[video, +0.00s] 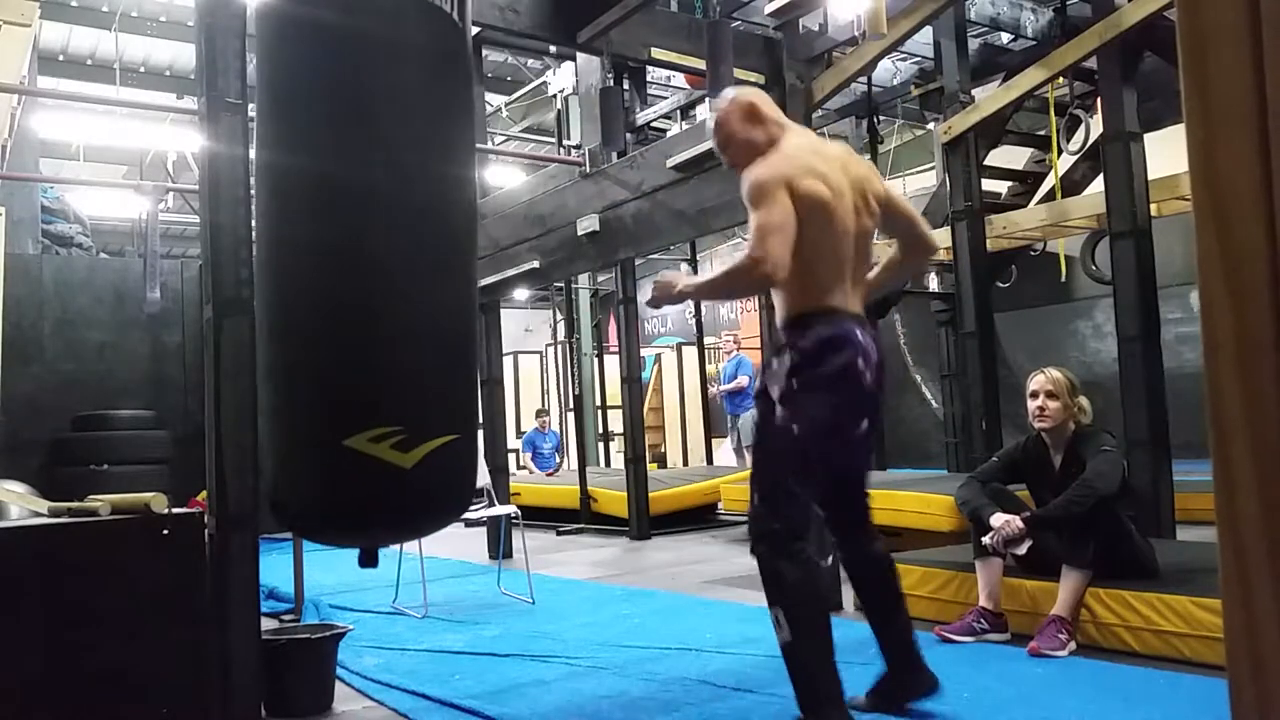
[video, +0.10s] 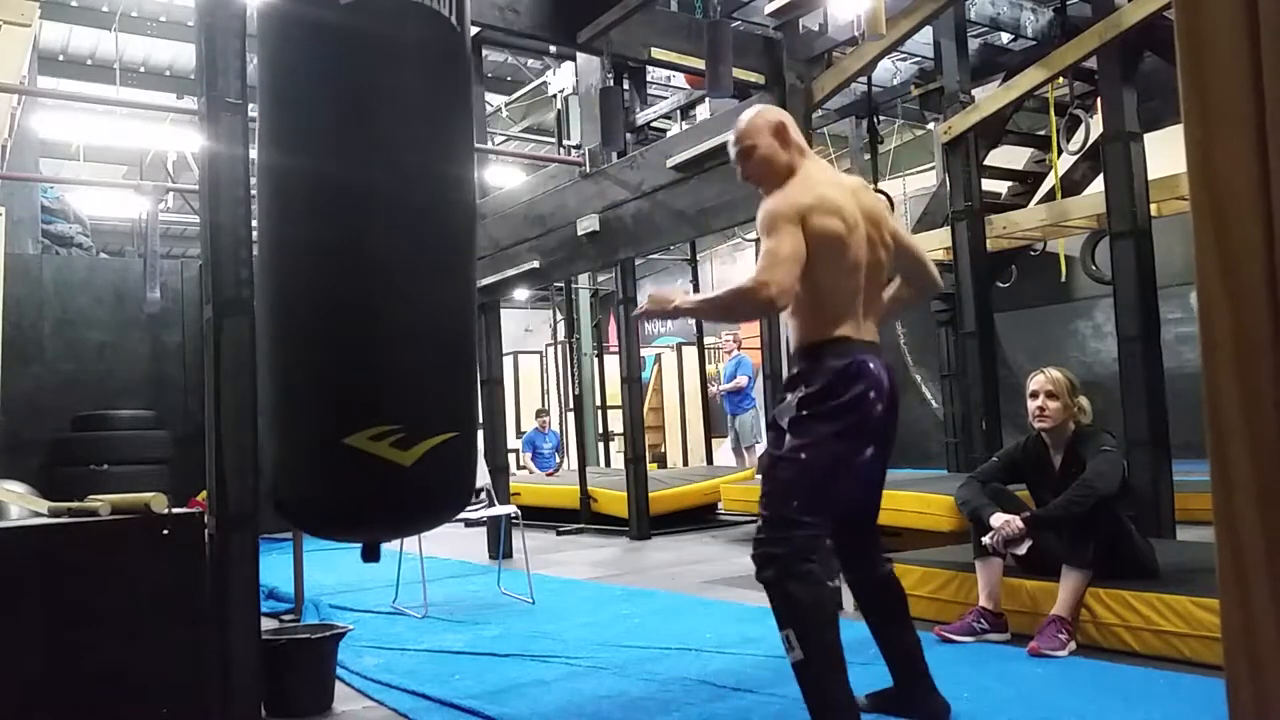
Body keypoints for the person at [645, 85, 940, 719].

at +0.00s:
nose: (724, 154)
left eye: (723, 138)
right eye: (719, 142)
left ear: (749, 118)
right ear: (772, 114)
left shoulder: (769, 171)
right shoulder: (851, 162)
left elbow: (766, 265)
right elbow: (921, 246)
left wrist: (687, 288)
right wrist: (860, 298)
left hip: (810, 355)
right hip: (860, 350)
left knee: (778, 533)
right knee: (850, 518)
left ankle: (822, 706)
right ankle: (906, 668)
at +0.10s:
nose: (743, 167)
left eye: (748, 150)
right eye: (737, 158)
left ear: (789, 135)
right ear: (796, 142)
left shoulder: (784, 201)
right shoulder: (866, 195)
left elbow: (770, 290)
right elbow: (923, 281)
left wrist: (678, 305)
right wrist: (866, 314)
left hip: (827, 383)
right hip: (872, 379)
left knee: (785, 549)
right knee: (857, 541)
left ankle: (831, 708)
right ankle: (915, 690)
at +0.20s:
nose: (750, 163)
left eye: (753, 145)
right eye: (744, 151)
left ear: (793, 128)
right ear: (799, 132)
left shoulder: (792, 193)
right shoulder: (873, 193)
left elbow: (766, 281)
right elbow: (929, 283)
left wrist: (673, 304)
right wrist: (877, 327)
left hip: (830, 374)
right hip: (876, 370)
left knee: (795, 545)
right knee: (865, 537)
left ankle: (834, 709)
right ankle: (914, 689)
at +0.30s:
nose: (754, 148)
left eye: (761, 132)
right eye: (749, 137)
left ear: (803, 116)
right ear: (812, 124)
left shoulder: (793, 182)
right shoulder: (879, 186)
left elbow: (756, 261)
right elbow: (938, 276)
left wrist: (658, 286)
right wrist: (886, 318)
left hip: (828, 366)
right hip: (877, 363)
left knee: (803, 542)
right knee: (873, 530)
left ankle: (833, 709)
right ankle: (917, 690)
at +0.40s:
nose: (763, 146)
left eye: (771, 130)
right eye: (758, 136)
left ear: (813, 118)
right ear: (819, 127)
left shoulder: (799, 182)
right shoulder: (884, 190)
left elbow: (755, 256)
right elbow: (947, 281)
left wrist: (653, 275)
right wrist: (888, 324)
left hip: (830, 365)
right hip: (883, 365)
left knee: (812, 547)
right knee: (877, 535)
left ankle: (839, 709)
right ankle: (919, 692)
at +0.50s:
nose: (768, 146)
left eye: (776, 131)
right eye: (763, 137)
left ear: (818, 118)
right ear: (825, 127)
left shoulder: (803, 184)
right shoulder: (891, 191)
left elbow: (758, 257)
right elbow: (953, 286)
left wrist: (654, 270)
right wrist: (893, 330)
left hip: (831, 366)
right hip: (887, 367)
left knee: (814, 547)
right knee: (878, 535)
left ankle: (840, 709)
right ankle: (919, 692)